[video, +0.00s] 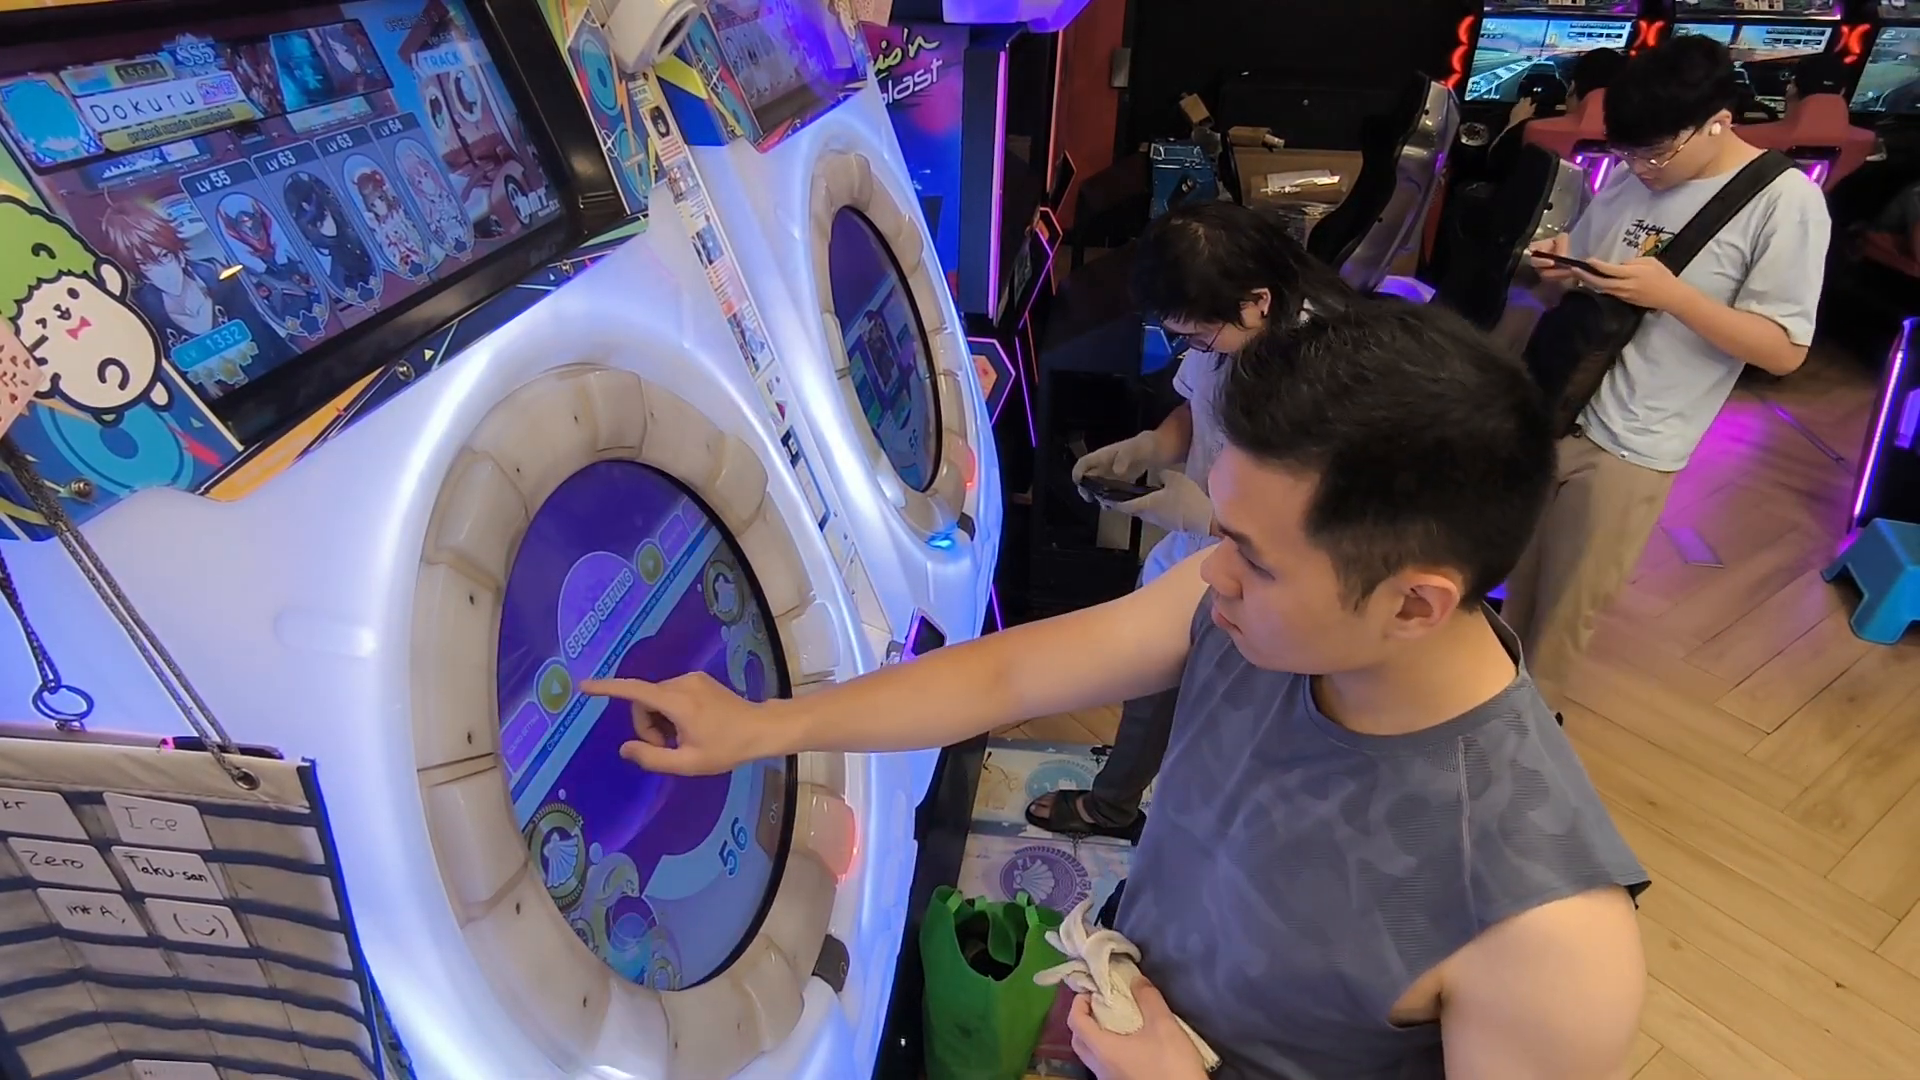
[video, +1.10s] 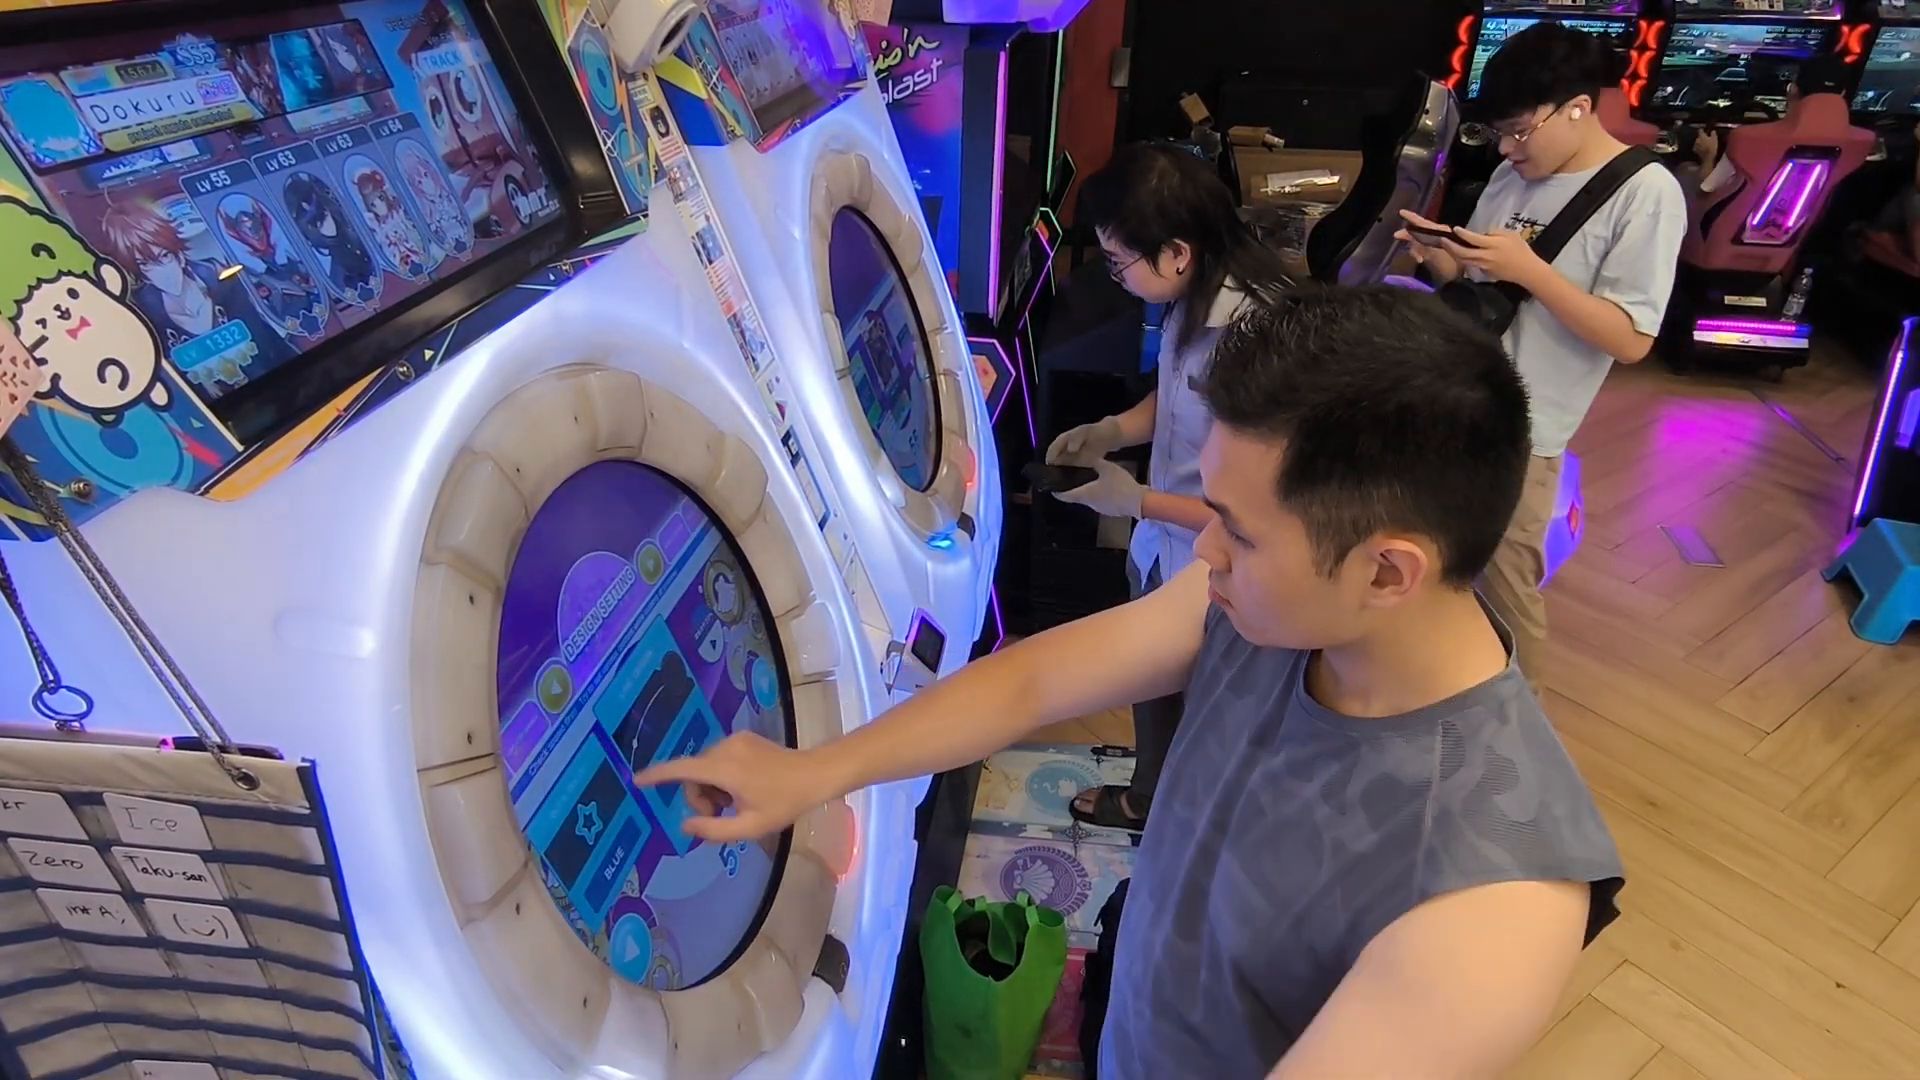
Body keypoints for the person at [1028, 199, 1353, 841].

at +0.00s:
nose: (1189, 349)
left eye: (1198, 333)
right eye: (1179, 335)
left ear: (1257, 303)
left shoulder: (1324, 371)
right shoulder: (1216, 338)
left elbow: (1308, 518)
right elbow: (1185, 418)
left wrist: (1207, 513)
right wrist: (1143, 452)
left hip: (1270, 556)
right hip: (1196, 538)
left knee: (1241, 694)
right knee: (1155, 676)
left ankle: (1212, 824)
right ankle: (1117, 798)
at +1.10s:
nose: (1115, 273)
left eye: (1121, 259)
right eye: (1110, 258)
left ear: (1178, 254)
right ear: (1174, 255)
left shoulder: (1247, 339)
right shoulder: (1189, 301)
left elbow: (1252, 515)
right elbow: (1176, 398)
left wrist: (1139, 501)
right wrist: (1110, 433)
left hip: (1213, 553)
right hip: (1166, 526)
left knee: (1177, 692)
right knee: (1153, 675)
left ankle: (1157, 803)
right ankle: (1147, 784)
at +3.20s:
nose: (1129, 275)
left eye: (1142, 261)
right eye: (1120, 260)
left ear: (1200, 238)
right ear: (1110, 236)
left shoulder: (1262, 332)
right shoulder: (1160, 286)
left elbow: (1268, 488)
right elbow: (1138, 385)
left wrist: (1142, 468)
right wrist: (1095, 405)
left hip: (1215, 555)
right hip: (1151, 529)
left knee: (1199, 698)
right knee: (1153, 674)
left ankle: (1196, 826)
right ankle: (1152, 791)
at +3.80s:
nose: (1129, 296)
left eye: (1139, 284)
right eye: (1120, 284)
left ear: (1192, 262)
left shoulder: (1265, 335)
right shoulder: (1171, 296)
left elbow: (1256, 489)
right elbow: (1151, 386)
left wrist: (1139, 462)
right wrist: (1094, 401)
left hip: (1208, 549)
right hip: (1146, 528)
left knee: (1186, 689)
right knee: (1145, 677)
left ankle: (1170, 804)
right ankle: (1148, 791)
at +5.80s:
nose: (1123, 309)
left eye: (1130, 295)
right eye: (1113, 298)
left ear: (1180, 267)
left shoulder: (1257, 343)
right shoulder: (1155, 297)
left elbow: (1269, 495)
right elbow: (1141, 389)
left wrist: (1138, 471)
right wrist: (1079, 405)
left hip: (1197, 557)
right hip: (1132, 532)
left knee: (1202, 715)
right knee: (1147, 681)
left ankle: (1223, 842)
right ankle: (1155, 800)